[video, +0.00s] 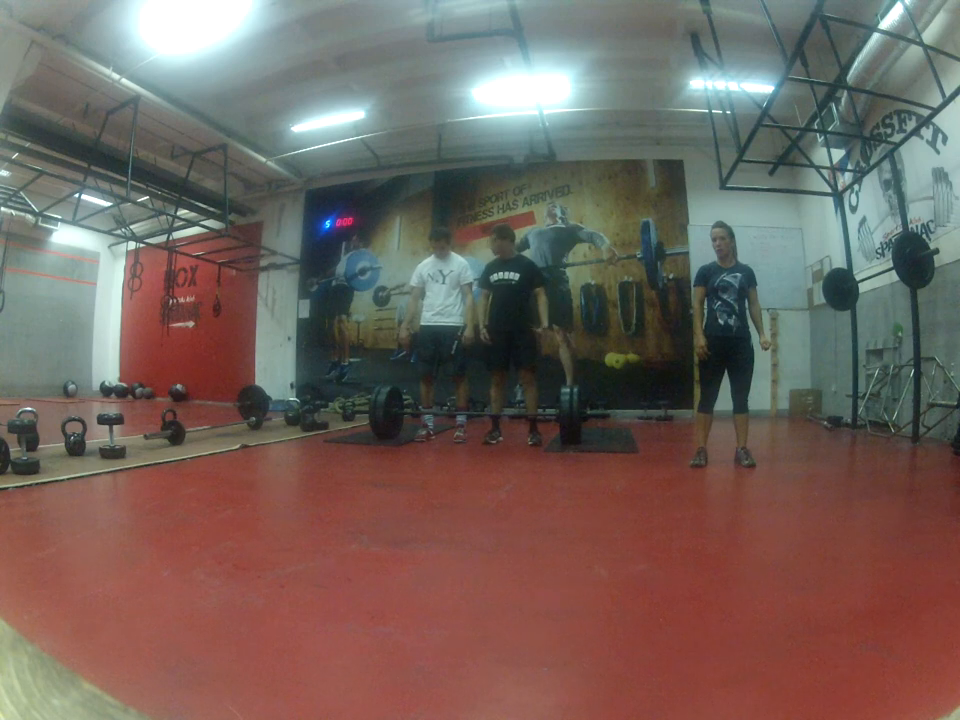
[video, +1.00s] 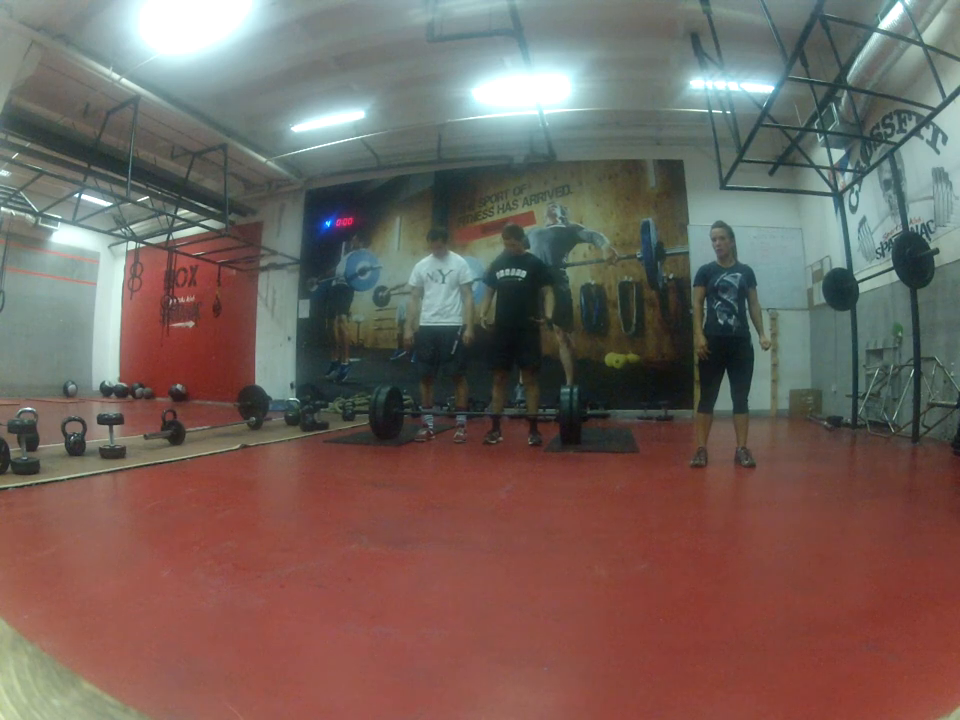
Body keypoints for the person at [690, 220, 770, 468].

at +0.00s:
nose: (718, 243)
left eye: (722, 239)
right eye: (714, 240)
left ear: (732, 241)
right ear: (711, 244)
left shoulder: (746, 272)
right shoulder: (705, 272)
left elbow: (754, 305)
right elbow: (697, 306)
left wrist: (761, 333)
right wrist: (698, 336)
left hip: (740, 343)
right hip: (712, 342)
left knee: (740, 399)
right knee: (707, 399)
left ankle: (742, 449)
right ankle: (701, 450)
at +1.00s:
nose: (718, 243)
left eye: (722, 239)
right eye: (714, 240)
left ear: (732, 241)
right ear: (711, 244)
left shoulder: (746, 272)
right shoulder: (705, 272)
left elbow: (754, 305)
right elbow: (697, 306)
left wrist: (761, 333)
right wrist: (698, 335)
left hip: (740, 343)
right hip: (712, 342)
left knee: (740, 398)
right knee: (707, 398)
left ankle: (742, 449)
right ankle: (701, 449)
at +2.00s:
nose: (717, 243)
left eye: (721, 238)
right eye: (713, 240)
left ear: (731, 241)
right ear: (710, 244)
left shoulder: (745, 272)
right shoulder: (704, 272)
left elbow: (753, 305)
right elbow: (697, 306)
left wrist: (761, 333)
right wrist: (698, 335)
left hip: (739, 343)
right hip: (711, 342)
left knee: (740, 399)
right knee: (706, 398)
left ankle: (742, 449)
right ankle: (701, 449)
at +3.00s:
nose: (707, 245)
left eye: (710, 240)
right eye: (705, 241)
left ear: (726, 241)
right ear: (710, 244)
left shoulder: (745, 271)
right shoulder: (704, 272)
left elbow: (754, 305)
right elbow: (697, 306)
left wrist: (761, 333)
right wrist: (697, 335)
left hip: (739, 342)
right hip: (711, 342)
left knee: (740, 399)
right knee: (706, 398)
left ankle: (742, 449)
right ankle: (701, 449)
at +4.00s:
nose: (706, 245)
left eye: (710, 241)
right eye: (705, 241)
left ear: (725, 241)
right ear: (709, 244)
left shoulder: (745, 271)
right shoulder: (704, 271)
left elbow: (754, 304)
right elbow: (697, 306)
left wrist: (761, 333)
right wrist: (697, 335)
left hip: (739, 342)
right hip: (711, 342)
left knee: (740, 399)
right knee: (706, 399)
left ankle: (742, 449)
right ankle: (700, 450)